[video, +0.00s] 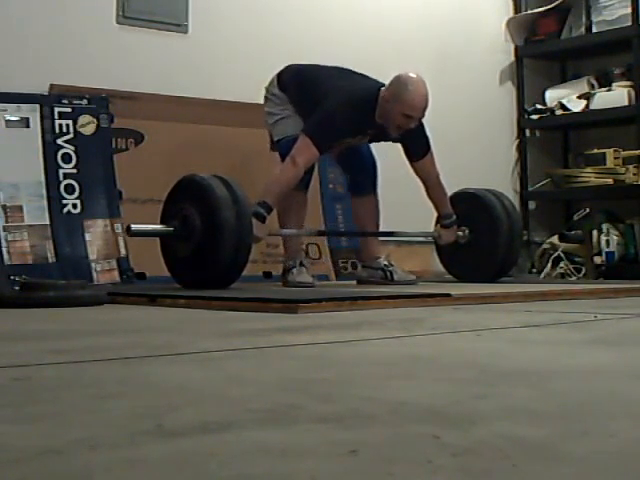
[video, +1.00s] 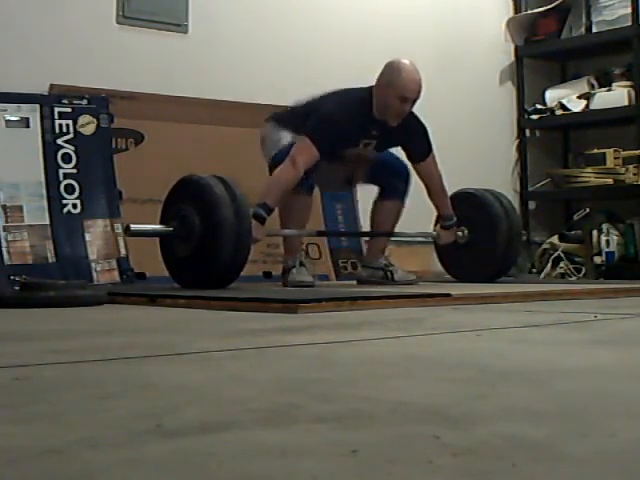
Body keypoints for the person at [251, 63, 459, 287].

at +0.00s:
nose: (411, 126)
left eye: (417, 120)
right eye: (407, 117)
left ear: (422, 114)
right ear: (385, 100)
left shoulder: (408, 122)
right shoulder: (346, 109)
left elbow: (429, 175)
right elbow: (296, 162)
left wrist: (448, 218)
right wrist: (260, 212)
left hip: (334, 107)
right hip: (288, 98)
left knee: (363, 167)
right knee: (298, 170)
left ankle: (371, 263)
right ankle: (295, 265)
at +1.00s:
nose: (405, 109)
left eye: (412, 103)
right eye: (401, 100)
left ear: (417, 100)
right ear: (380, 88)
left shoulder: (410, 127)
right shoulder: (342, 110)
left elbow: (432, 177)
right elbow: (295, 163)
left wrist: (448, 220)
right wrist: (259, 215)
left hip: (337, 151)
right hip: (286, 134)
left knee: (396, 174)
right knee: (298, 173)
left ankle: (374, 263)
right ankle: (293, 266)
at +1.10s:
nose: (404, 105)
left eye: (410, 98)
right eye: (399, 95)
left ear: (415, 97)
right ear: (377, 87)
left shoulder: (410, 128)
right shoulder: (340, 112)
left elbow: (433, 176)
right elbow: (293, 159)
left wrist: (450, 220)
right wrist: (261, 213)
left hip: (345, 180)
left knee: (403, 175)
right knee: (307, 171)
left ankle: (374, 263)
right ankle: (293, 266)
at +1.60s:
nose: (402, 66)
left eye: (404, 60)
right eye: (392, 58)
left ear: (405, 69)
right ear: (366, 68)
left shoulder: (401, 119)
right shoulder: (335, 103)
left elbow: (425, 166)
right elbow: (294, 153)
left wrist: (447, 211)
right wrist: (265, 206)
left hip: (355, 181)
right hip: (316, 177)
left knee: (409, 178)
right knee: (315, 171)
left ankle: (375, 262)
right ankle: (294, 264)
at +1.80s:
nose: (406, 43)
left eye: (409, 38)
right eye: (396, 36)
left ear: (412, 47)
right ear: (372, 44)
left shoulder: (402, 96)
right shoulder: (341, 78)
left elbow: (424, 141)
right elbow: (296, 127)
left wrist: (445, 188)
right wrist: (265, 176)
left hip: (350, 145)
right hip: (302, 138)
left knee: (396, 172)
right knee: (305, 157)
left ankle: (375, 262)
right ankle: (292, 263)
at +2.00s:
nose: (404, 7)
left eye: (406, 2)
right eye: (394, 1)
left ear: (408, 10)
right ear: (371, 6)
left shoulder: (399, 62)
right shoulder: (340, 44)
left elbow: (417, 106)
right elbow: (291, 89)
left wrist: (439, 154)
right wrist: (261, 134)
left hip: (341, 119)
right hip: (296, 112)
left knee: (380, 168)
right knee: (294, 159)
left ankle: (374, 262)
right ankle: (291, 263)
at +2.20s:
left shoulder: (392, 26)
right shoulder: (331, 10)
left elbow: (412, 73)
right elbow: (284, 50)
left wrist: (434, 121)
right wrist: (255, 97)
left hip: (348, 112)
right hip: (302, 104)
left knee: (392, 171)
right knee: (310, 162)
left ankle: (375, 262)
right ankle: (293, 264)